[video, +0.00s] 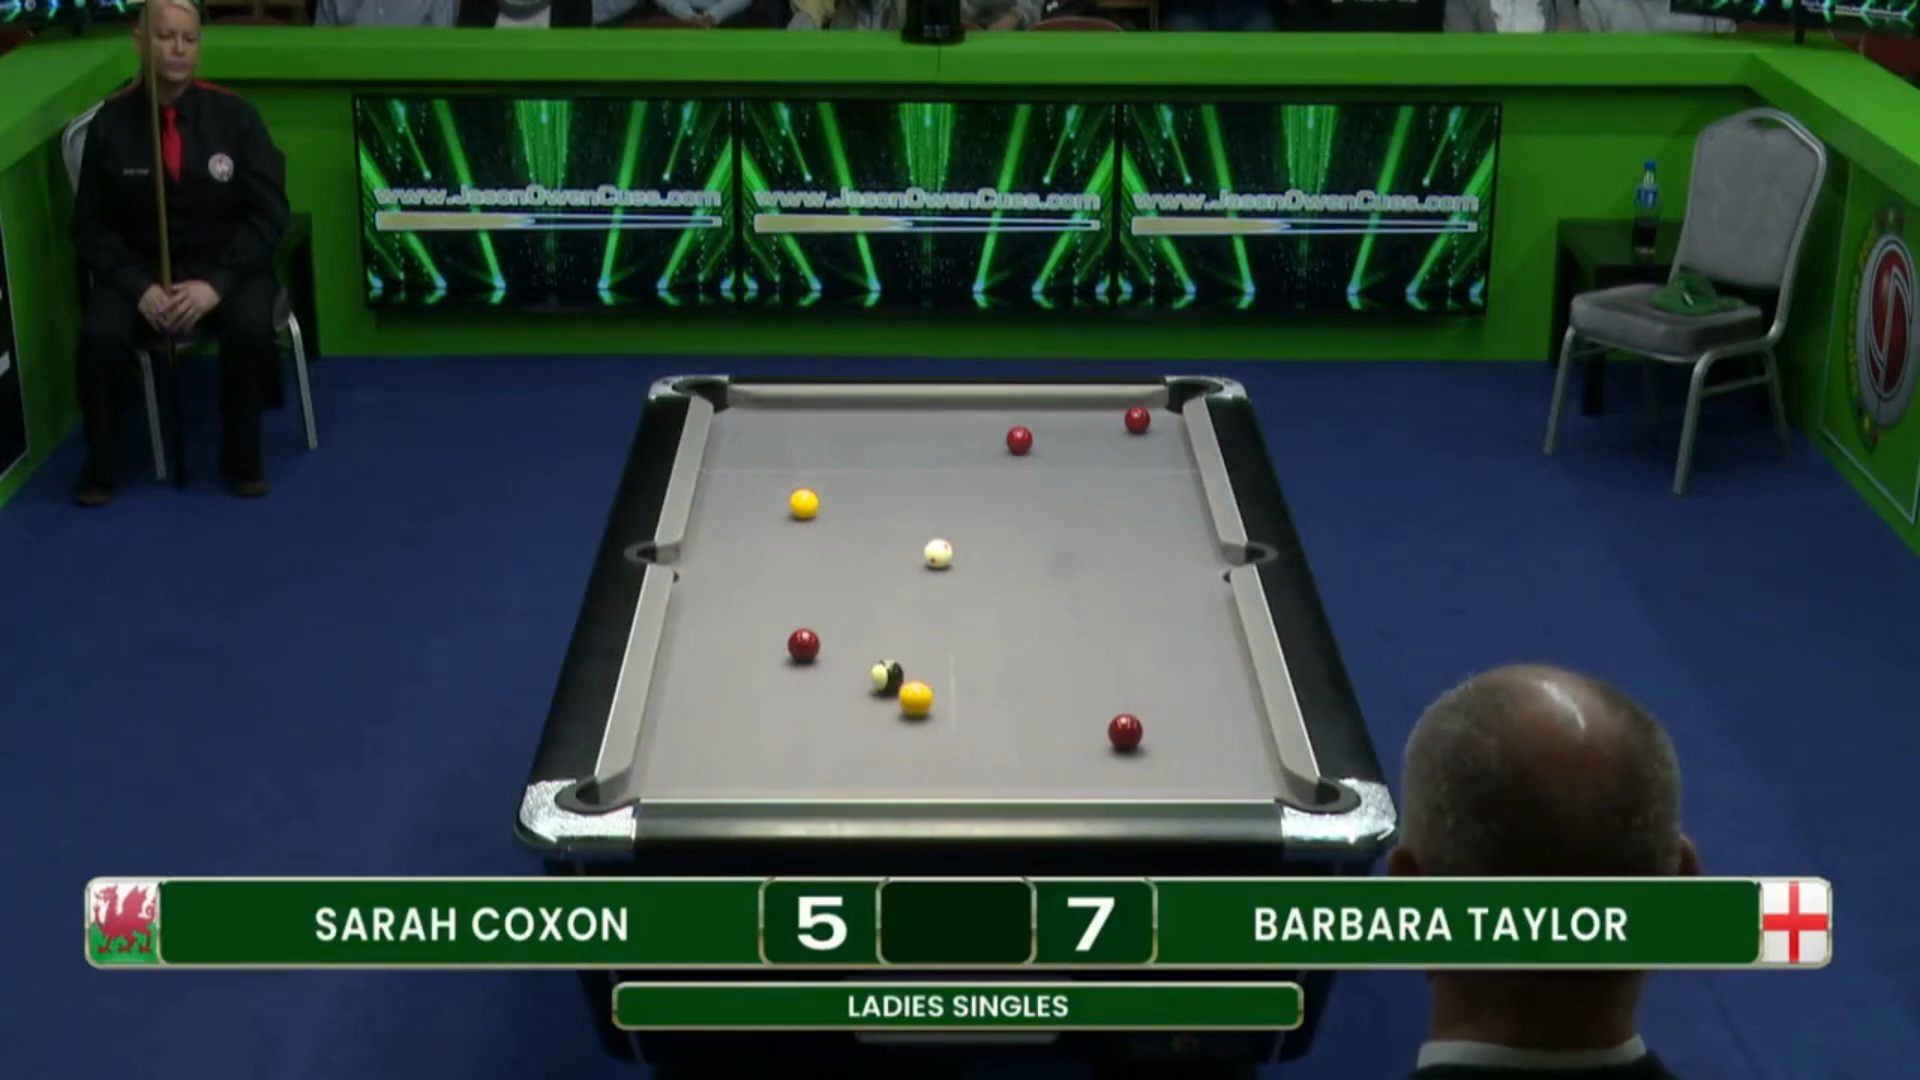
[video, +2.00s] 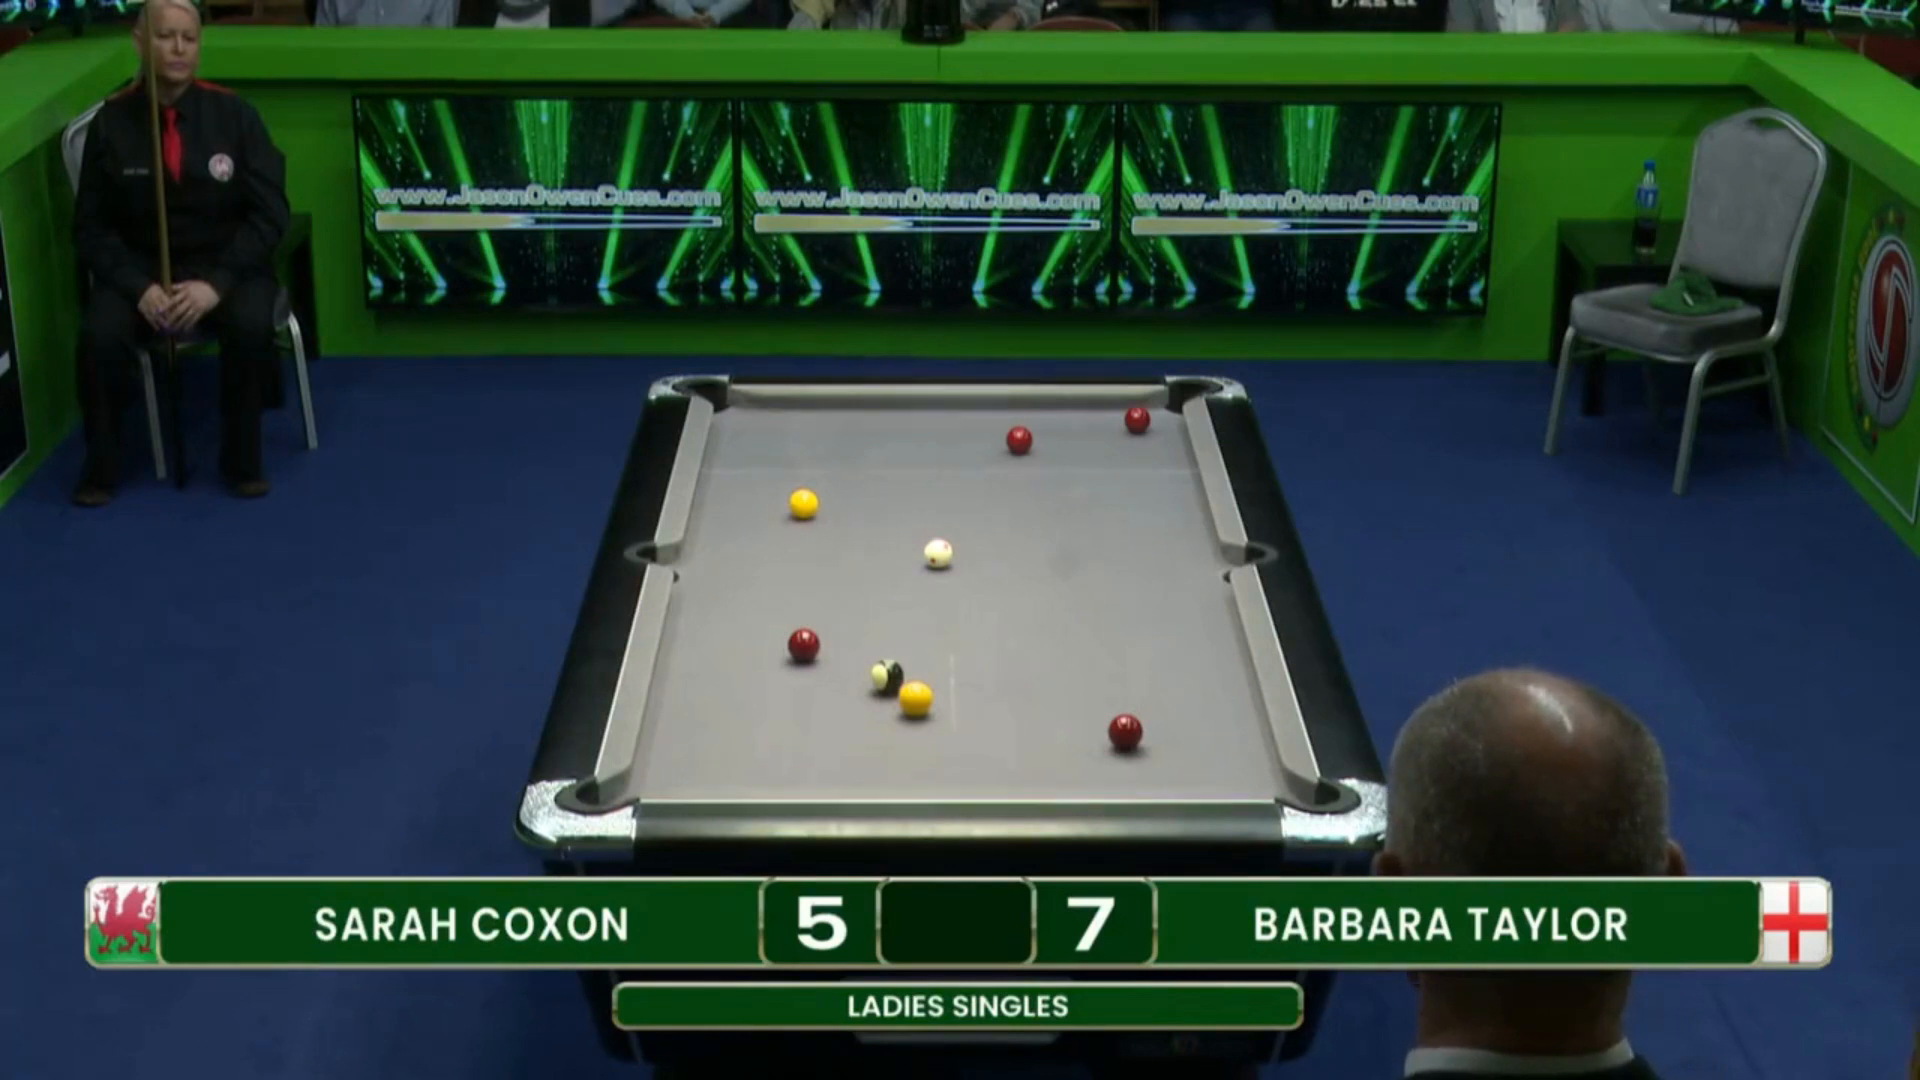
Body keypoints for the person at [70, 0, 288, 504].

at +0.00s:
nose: (179, 49)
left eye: (189, 38)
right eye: (166, 37)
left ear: (199, 45)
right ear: (141, 41)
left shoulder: (235, 115)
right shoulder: (111, 121)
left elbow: (269, 214)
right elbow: (90, 226)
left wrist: (213, 283)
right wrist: (140, 287)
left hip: (221, 266)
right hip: (138, 273)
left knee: (249, 329)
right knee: (101, 335)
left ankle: (243, 461)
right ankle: (101, 467)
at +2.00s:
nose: (179, 48)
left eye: (189, 38)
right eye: (165, 36)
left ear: (200, 44)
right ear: (141, 41)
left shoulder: (234, 115)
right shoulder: (112, 121)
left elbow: (269, 215)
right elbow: (90, 226)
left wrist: (214, 284)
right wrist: (140, 287)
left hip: (221, 267)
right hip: (139, 273)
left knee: (248, 328)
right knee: (101, 335)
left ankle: (243, 463)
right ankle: (101, 469)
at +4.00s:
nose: (179, 49)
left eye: (189, 38)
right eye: (165, 37)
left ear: (199, 44)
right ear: (140, 42)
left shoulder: (234, 116)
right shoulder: (111, 122)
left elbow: (269, 215)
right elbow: (90, 226)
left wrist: (214, 284)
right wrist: (140, 287)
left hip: (221, 267)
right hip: (138, 274)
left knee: (248, 328)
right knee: (101, 336)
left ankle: (243, 463)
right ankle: (101, 469)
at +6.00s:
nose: (181, 49)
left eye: (190, 38)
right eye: (167, 37)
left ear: (199, 44)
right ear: (140, 41)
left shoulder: (234, 116)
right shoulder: (111, 121)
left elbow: (268, 215)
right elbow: (90, 227)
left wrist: (214, 283)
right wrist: (141, 286)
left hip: (221, 267)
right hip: (139, 273)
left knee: (248, 327)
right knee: (100, 334)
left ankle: (243, 462)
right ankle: (101, 468)